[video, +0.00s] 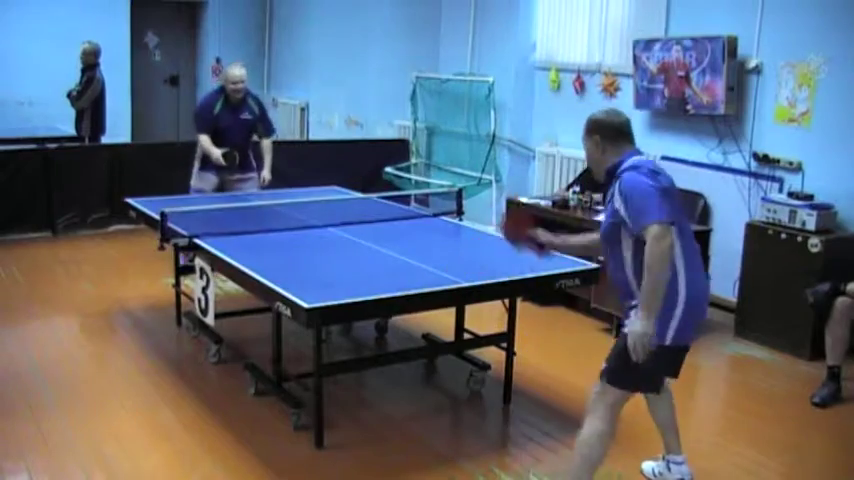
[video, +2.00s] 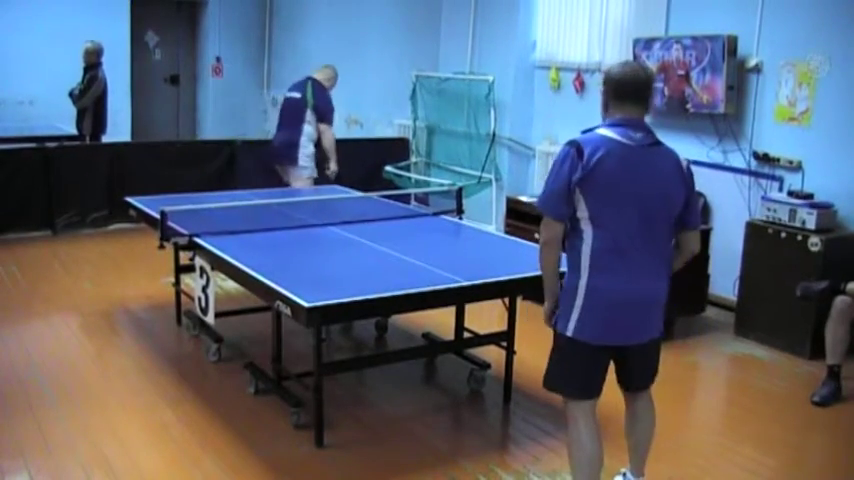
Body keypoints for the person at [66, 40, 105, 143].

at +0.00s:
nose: (82, 57)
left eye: (86, 54)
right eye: (82, 54)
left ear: (94, 56)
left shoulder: (94, 77)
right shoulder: (86, 74)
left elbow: (80, 103)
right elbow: (76, 89)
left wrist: (72, 94)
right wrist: (74, 94)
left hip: (91, 129)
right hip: (84, 128)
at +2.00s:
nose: (85, 57)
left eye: (89, 53)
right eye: (85, 53)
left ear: (97, 56)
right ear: (83, 54)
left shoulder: (96, 76)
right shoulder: (88, 73)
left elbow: (82, 102)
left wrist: (74, 92)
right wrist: (76, 93)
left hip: (93, 127)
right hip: (85, 126)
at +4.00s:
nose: (84, 56)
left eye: (88, 53)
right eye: (84, 52)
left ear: (95, 55)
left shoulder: (95, 76)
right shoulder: (88, 73)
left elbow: (81, 102)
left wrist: (73, 92)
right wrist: (75, 93)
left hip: (91, 128)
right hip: (85, 127)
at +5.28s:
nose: (83, 56)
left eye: (87, 53)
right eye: (83, 53)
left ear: (95, 56)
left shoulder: (95, 77)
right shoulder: (87, 73)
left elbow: (80, 103)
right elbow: (76, 89)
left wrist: (72, 92)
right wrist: (75, 93)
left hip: (91, 128)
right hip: (84, 127)